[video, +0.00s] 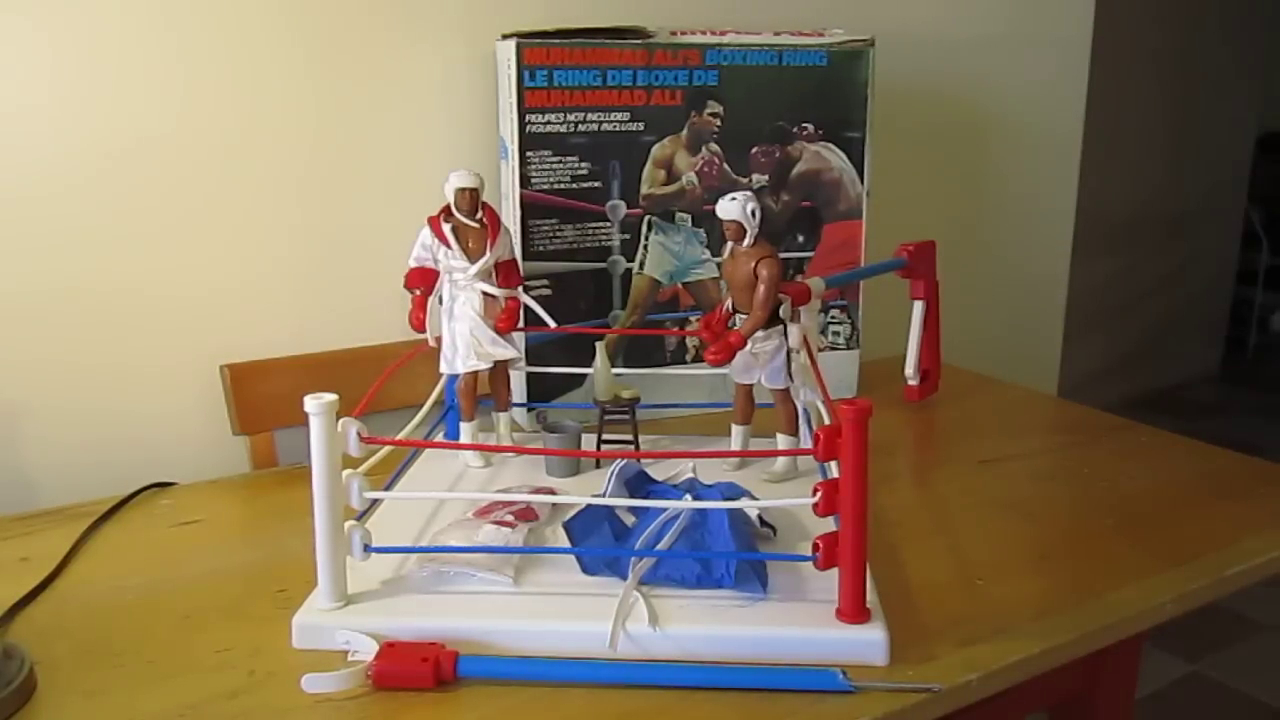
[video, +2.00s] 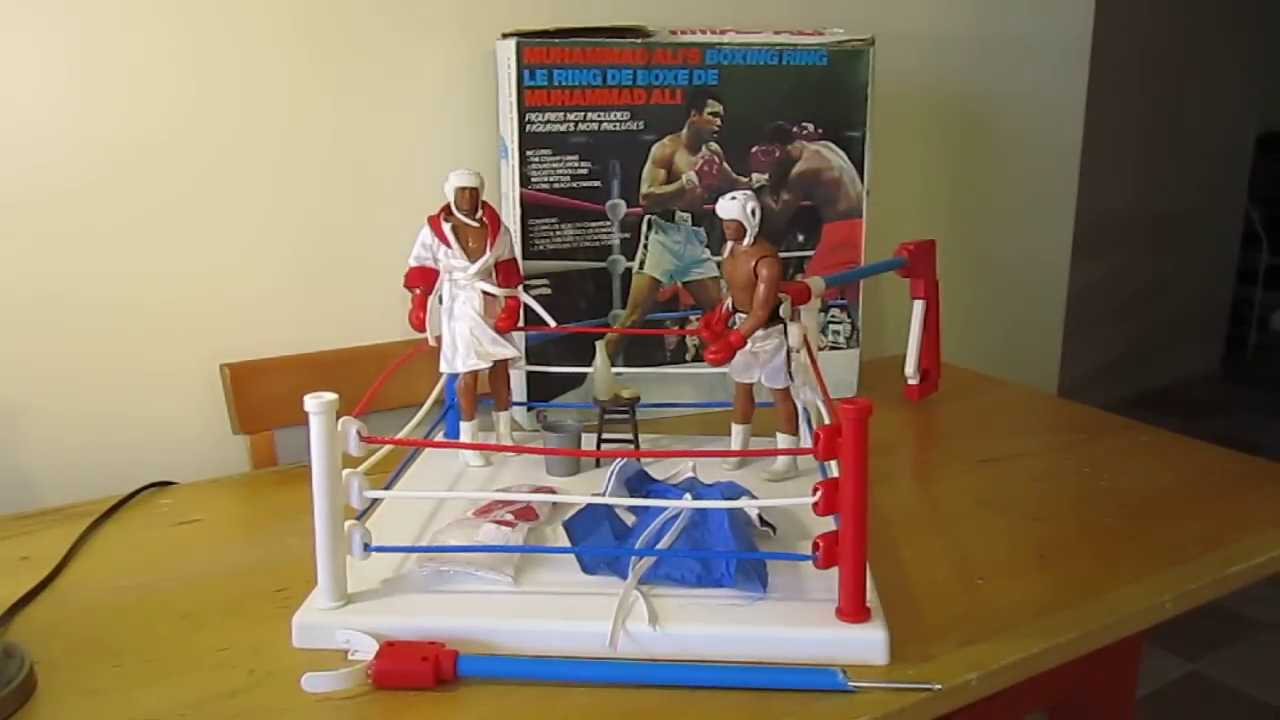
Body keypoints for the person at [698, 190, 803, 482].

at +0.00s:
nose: (725, 229)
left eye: (730, 224)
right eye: (723, 224)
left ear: (747, 224)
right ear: (724, 224)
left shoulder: (767, 263)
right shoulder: (731, 250)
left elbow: (761, 314)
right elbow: (734, 292)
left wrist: (735, 340)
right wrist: (719, 317)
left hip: (769, 333)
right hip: (742, 329)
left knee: (780, 391)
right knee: (742, 387)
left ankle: (787, 456)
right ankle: (737, 450)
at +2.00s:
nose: (726, 227)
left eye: (731, 222)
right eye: (724, 221)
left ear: (748, 222)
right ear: (723, 222)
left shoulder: (766, 262)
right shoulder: (730, 249)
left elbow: (761, 313)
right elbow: (735, 292)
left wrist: (736, 339)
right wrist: (720, 317)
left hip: (769, 333)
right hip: (743, 329)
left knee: (780, 391)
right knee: (742, 387)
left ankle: (787, 457)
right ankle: (737, 450)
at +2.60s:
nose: (725, 228)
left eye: (730, 223)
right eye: (723, 222)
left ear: (747, 223)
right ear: (724, 223)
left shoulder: (767, 261)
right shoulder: (729, 250)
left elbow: (761, 312)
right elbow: (733, 292)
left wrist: (736, 338)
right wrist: (719, 317)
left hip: (769, 332)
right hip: (742, 329)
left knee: (780, 390)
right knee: (742, 386)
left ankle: (787, 456)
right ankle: (738, 450)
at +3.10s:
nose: (725, 227)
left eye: (730, 222)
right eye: (723, 222)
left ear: (747, 223)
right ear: (724, 222)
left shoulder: (767, 261)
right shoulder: (729, 249)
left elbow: (761, 313)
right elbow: (733, 292)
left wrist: (735, 338)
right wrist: (719, 316)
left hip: (769, 332)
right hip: (742, 328)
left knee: (780, 390)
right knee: (742, 386)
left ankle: (787, 456)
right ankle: (738, 450)